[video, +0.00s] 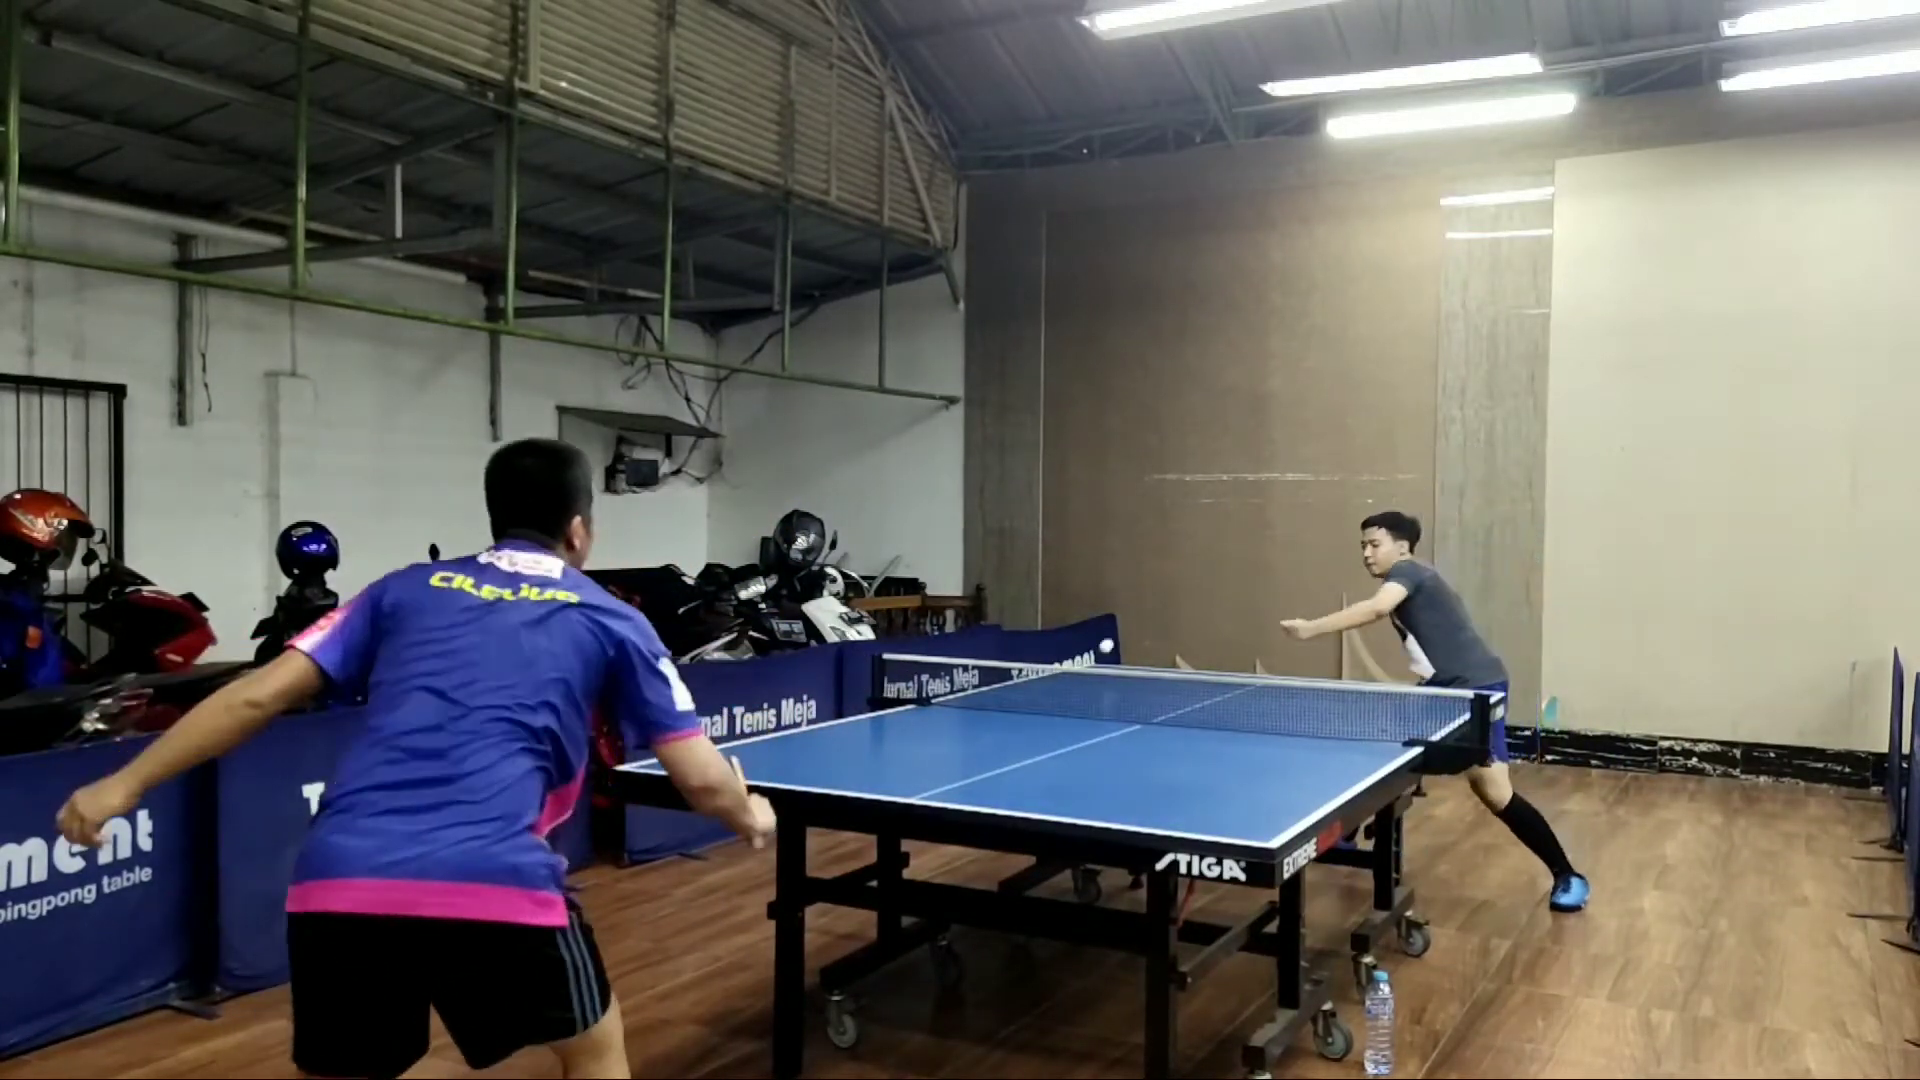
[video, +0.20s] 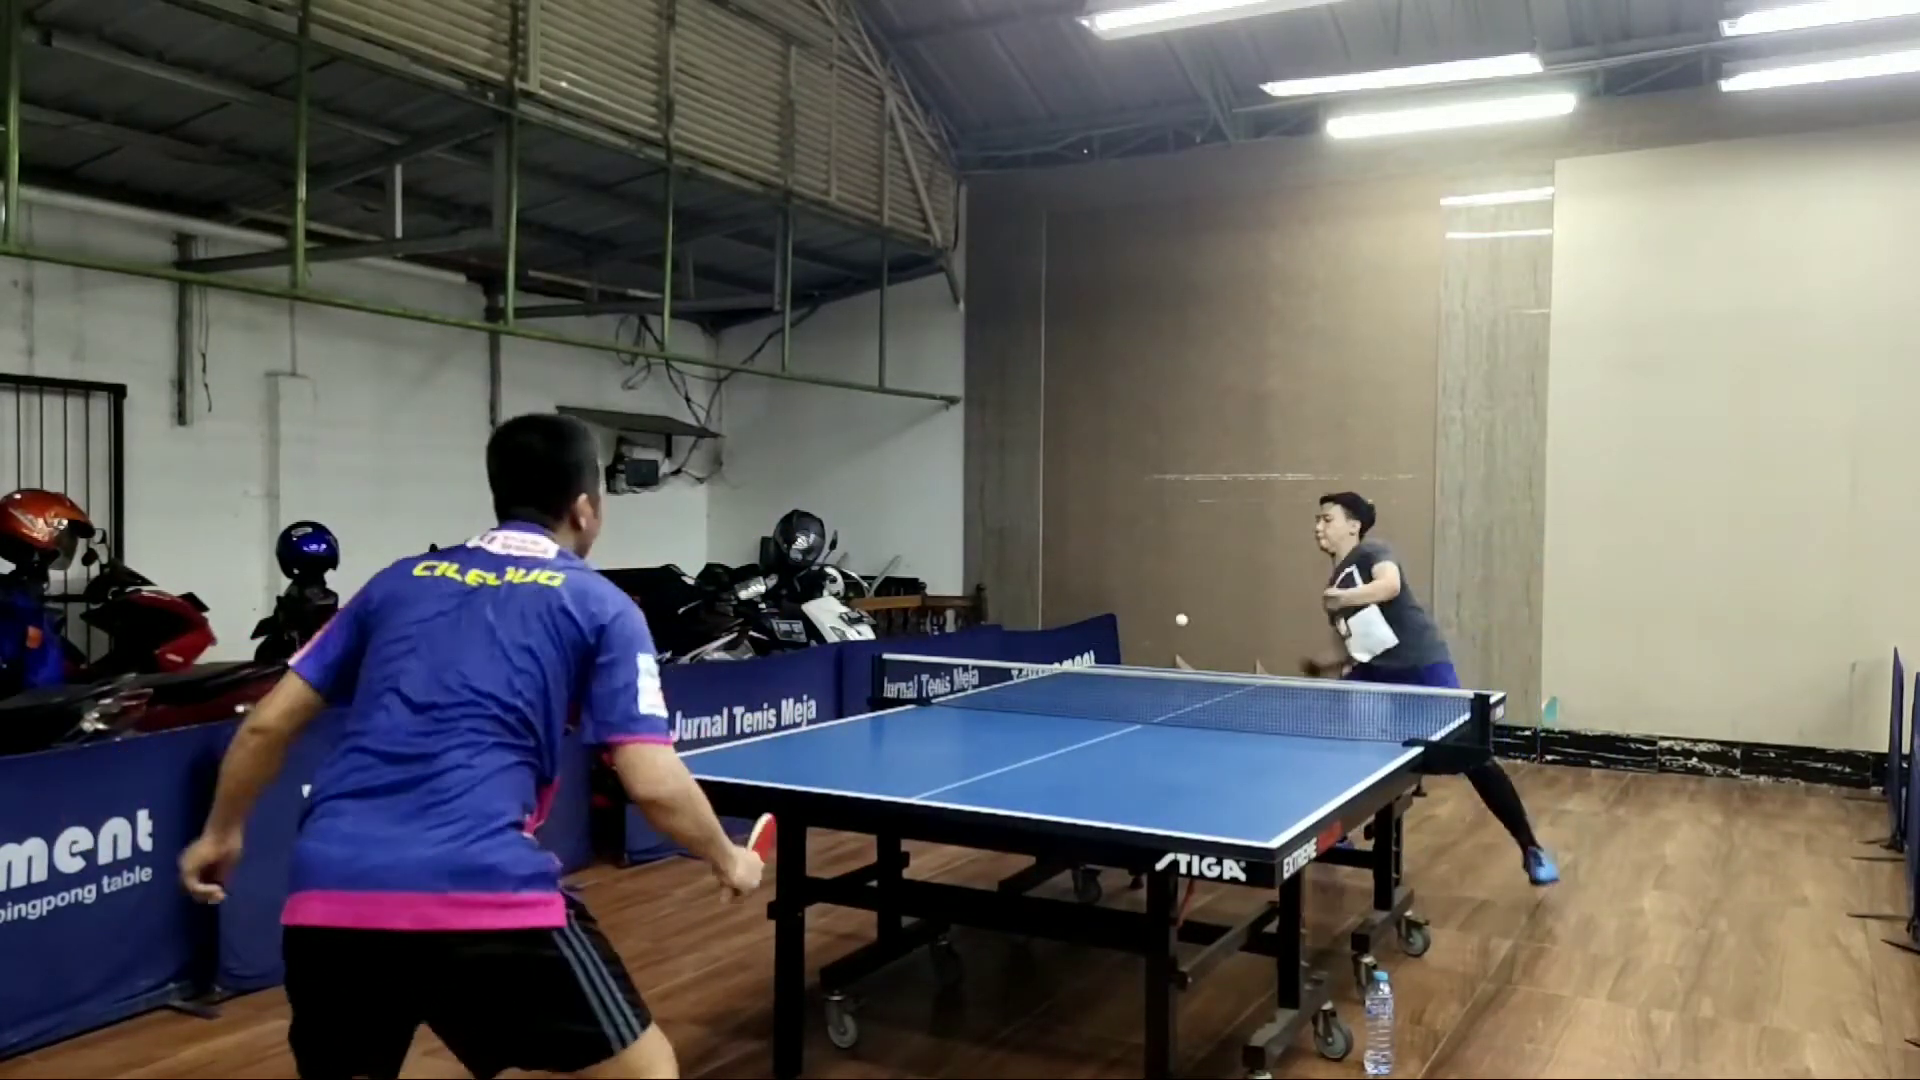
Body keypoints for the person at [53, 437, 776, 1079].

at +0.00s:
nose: (594, 535)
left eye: (585, 521)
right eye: (593, 523)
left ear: (490, 523)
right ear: (579, 531)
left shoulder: (403, 589)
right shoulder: (611, 622)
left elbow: (264, 692)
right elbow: (706, 782)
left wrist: (122, 785)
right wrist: (744, 808)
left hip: (338, 894)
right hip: (493, 899)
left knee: (346, 1068)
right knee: (592, 1050)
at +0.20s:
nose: (602, 509)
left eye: (602, 493)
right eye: (600, 494)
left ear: (496, 500)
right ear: (582, 506)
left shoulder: (397, 580)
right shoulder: (599, 605)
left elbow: (269, 722)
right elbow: (652, 779)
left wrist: (221, 830)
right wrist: (727, 856)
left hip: (328, 908)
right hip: (484, 905)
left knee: (338, 1069)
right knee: (642, 1063)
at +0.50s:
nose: (751, 567)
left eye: (751, 548)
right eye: (753, 548)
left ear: (644, 534)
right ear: (730, 555)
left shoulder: (535, 603)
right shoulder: (680, 655)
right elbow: (637, 857)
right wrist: (789, 923)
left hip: (379, 965)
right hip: (523, 976)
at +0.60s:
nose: (771, 588)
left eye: (777, 572)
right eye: (776, 570)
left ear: (673, 530)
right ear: (749, 572)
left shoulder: (581, 586)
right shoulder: (633, 634)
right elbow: (495, 802)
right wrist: (653, 908)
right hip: (490, 972)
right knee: (638, 1067)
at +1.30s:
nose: (413, 422)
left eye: (412, 401)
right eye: (410, 402)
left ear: (282, 400)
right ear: (369, 417)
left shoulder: (213, 510)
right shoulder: (266, 529)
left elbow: (119, 706)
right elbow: (198, 725)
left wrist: (203, 851)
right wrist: (230, 896)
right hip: (336, 958)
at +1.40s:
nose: (391, 418)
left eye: (390, 397)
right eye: (389, 398)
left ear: (254, 398)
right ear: (352, 413)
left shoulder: (169, 523)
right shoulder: (267, 541)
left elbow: (90, 722)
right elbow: (231, 762)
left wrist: (179, 858)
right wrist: (333, 928)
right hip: (279, 1003)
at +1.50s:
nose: (374, 419)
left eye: (374, 396)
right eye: (376, 397)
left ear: (236, 394)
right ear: (357, 410)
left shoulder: (139, 528)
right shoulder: (276, 547)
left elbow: (70, 735)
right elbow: (275, 785)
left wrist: (148, 875)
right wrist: (427, 970)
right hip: (248, 1010)